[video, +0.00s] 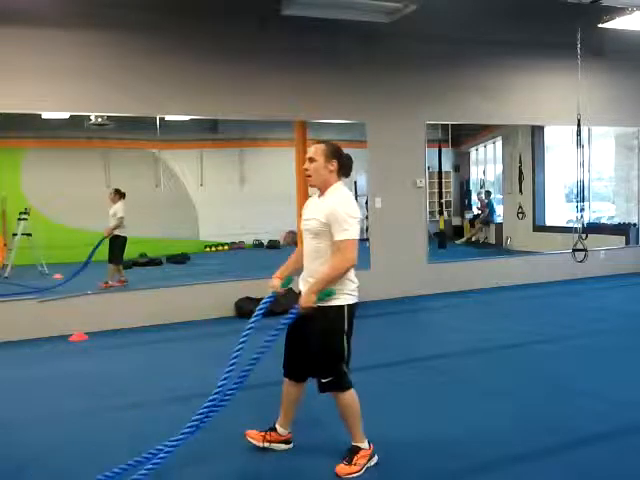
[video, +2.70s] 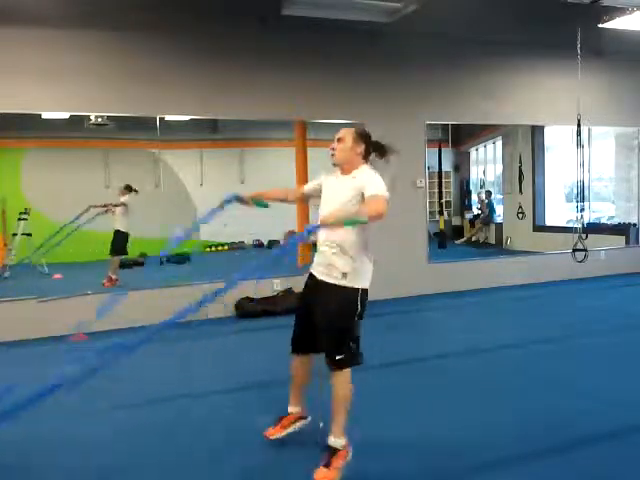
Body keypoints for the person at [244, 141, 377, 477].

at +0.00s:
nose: (305, 167)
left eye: (312, 161)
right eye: (305, 161)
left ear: (332, 167)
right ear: (317, 168)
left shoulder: (342, 202)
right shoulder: (314, 202)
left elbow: (347, 258)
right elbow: (306, 250)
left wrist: (314, 288)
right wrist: (282, 274)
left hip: (336, 302)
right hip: (309, 300)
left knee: (335, 377)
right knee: (295, 370)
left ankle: (361, 447)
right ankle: (281, 432)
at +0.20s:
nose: (323, 161)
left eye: (329, 155)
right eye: (324, 155)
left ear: (350, 162)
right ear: (339, 162)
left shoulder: (361, 197)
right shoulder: (333, 197)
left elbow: (378, 247)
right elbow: (338, 246)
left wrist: (347, 276)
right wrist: (317, 262)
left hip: (356, 302)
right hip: (327, 298)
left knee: (357, 376)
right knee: (312, 365)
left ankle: (363, 446)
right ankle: (306, 424)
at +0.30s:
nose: (329, 161)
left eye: (335, 156)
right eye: (329, 156)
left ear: (356, 159)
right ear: (345, 160)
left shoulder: (368, 191)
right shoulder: (336, 194)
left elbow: (391, 226)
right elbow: (327, 221)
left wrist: (361, 244)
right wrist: (303, 229)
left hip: (359, 298)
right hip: (332, 293)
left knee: (360, 375)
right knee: (330, 364)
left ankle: (365, 446)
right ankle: (337, 421)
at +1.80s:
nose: (355, 151)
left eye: (362, 145)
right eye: (355, 146)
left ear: (383, 151)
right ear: (361, 153)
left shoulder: (396, 179)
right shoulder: (354, 183)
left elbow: (395, 194)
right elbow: (322, 191)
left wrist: (359, 200)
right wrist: (296, 200)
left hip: (376, 282)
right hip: (348, 277)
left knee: (365, 357)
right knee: (329, 346)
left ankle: (373, 438)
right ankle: (334, 410)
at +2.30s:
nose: (333, 150)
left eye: (339, 144)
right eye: (334, 144)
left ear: (358, 148)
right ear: (347, 149)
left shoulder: (374, 181)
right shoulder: (336, 182)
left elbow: (376, 204)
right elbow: (320, 211)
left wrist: (340, 209)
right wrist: (283, 213)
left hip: (357, 276)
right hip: (328, 271)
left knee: (338, 354)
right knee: (307, 344)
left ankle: (339, 436)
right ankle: (310, 414)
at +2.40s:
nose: (333, 160)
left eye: (339, 154)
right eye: (334, 154)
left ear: (358, 160)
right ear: (348, 159)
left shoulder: (370, 195)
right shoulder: (335, 189)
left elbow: (346, 234)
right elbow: (316, 222)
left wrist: (302, 242)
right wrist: (281, 221)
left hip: (350, 291)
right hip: (325, 283)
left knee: (317, 367)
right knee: (299, 359)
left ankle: (312, 443)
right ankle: (303, 433)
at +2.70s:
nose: (333, 146)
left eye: (340, 141)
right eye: (333, 141)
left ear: (359, 149)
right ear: (339, 149)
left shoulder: (369, 177)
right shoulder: (328, 179)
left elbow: (377, 209)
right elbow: (294, 194)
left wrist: (332, 220)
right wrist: (255, 196)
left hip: (348, 284)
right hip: (318, 277)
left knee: (339, 363)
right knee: (302, 347)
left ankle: (338, 443)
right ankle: (295, 412)